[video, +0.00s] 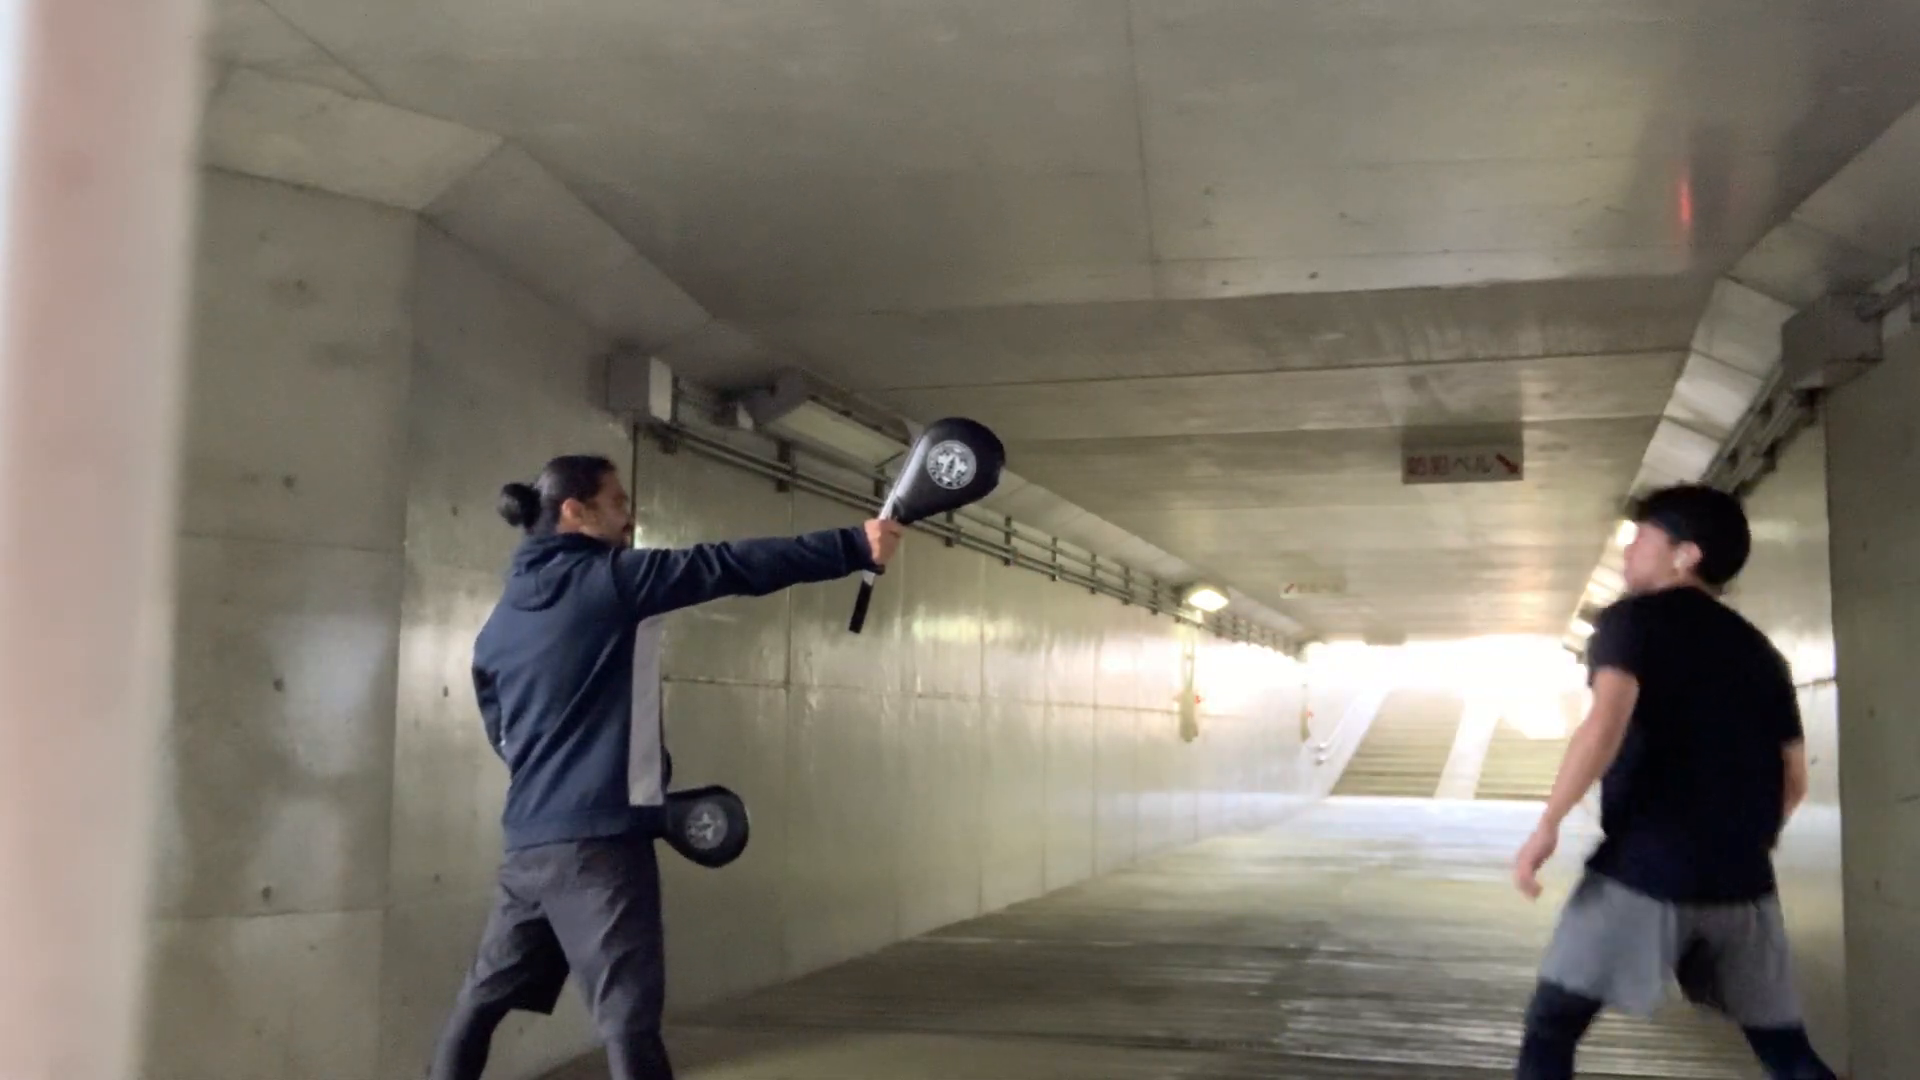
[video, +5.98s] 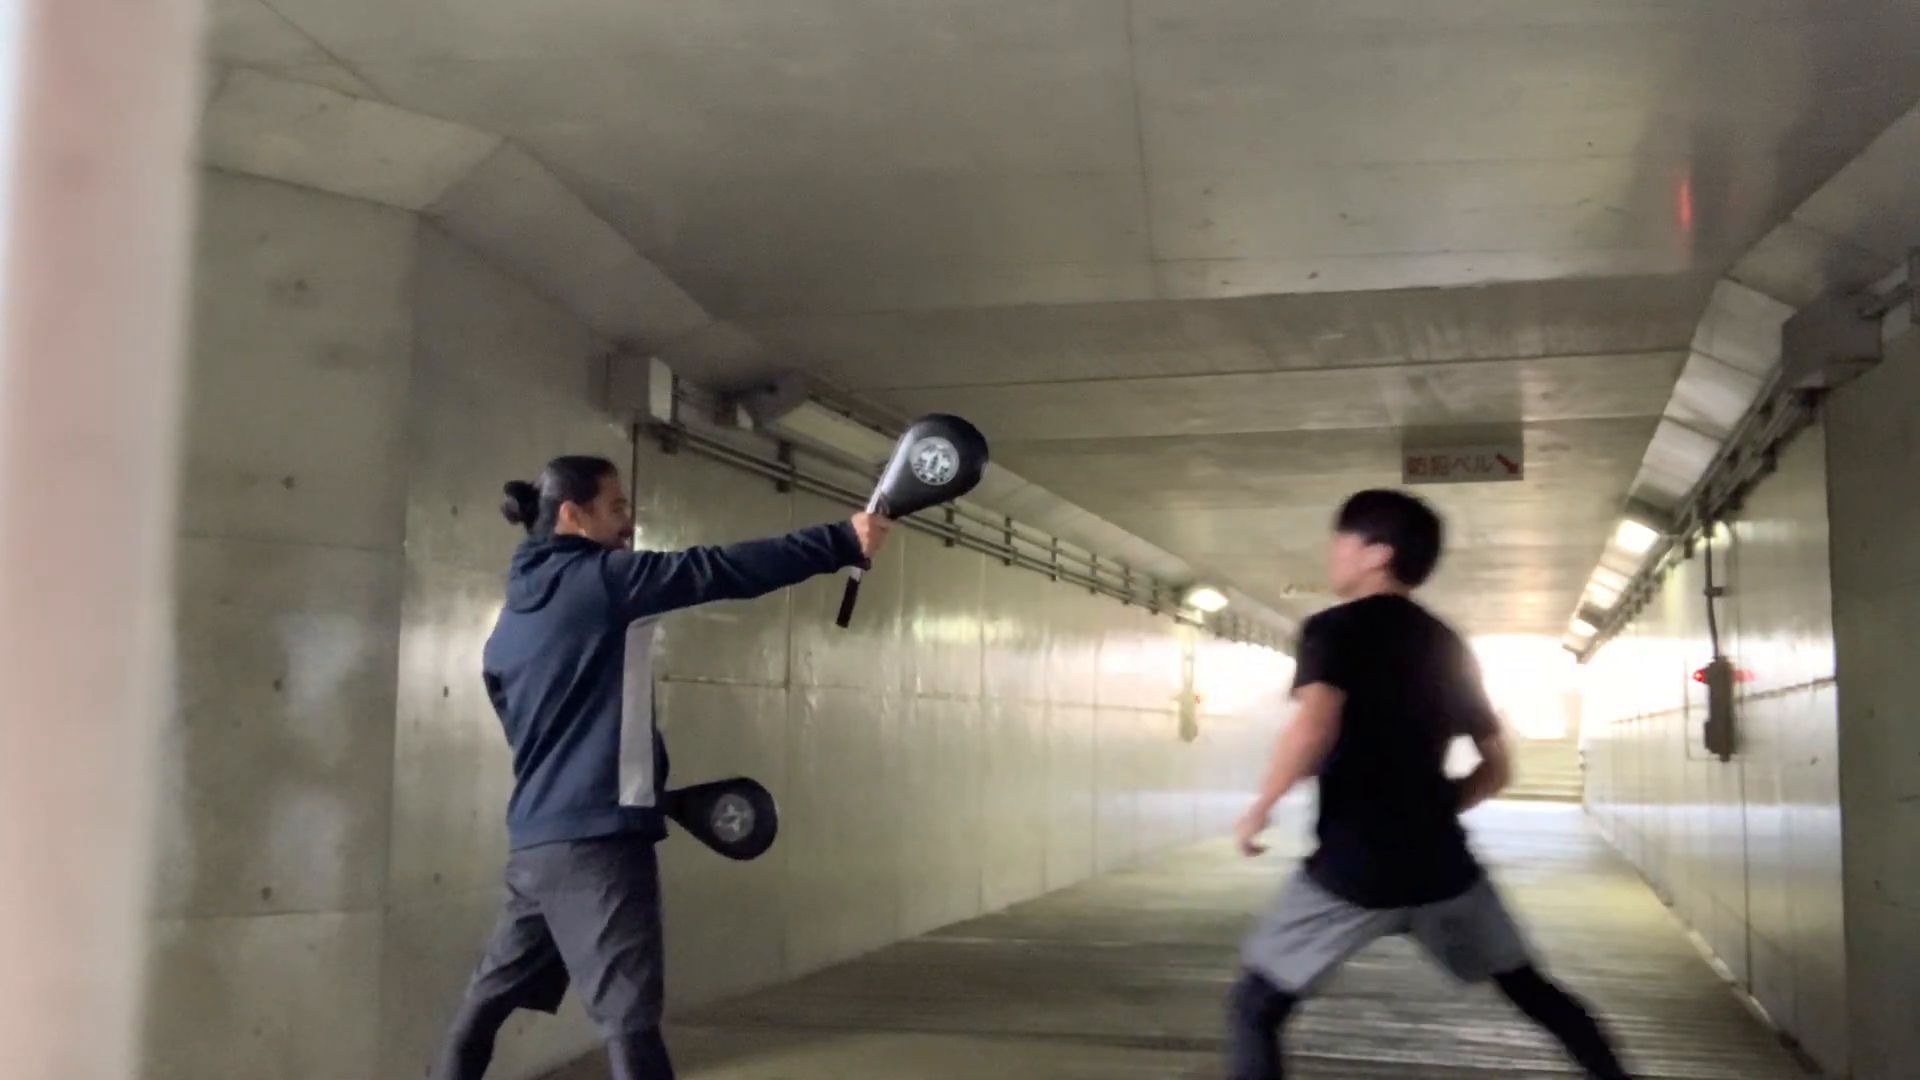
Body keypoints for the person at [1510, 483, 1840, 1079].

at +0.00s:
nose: (1628, 548)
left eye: (1643, 535)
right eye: (1635, 533)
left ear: (1686, 555)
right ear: (1695, 560)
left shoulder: (1632, 619)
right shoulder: (1760, 649)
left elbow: (1610, 717)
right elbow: (1794, 780)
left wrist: (1549, 823)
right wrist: (1741, 844)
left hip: (1642, 874)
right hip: (1743, 879)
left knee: (1549, 1034)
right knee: (1788, 1050)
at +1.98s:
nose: (1261, 576)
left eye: (1280, 564)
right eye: (1257, 561)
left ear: (1326, 578)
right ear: (1251, 564)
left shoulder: (1347, 664)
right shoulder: (1254, 646)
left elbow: (1392, 785)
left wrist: (1304, 857)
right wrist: (1159, 795)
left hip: (1298, 888)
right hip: (1229, 866)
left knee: (1299, 1055)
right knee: (1165, 1007)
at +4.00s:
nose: (1641, 557)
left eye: (1656, 544)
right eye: (1649, 541)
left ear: (1698, 562)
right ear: (1705, 569)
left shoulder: (1643, 625)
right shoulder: (1769, 657)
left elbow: (1620, 725)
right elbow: (1809, 776)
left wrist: (1584, 809)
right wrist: (1746, 824)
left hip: (1653, 873)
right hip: (1751, 879)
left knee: (1581, 1043)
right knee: (1813, 1047)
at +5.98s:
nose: (1331, 551)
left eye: (1342, 538)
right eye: (1336, 537)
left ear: (1377, 552)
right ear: (1402, 558)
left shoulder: (1333, 630)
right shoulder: (1444, 640)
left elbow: (1315, 725)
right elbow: (1497, 766)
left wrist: (1261, 807)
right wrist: (1436, 804)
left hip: (1354, 867)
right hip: (1440, 861)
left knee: (1254, 1006)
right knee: (1531, 988)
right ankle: (1613, 1069)